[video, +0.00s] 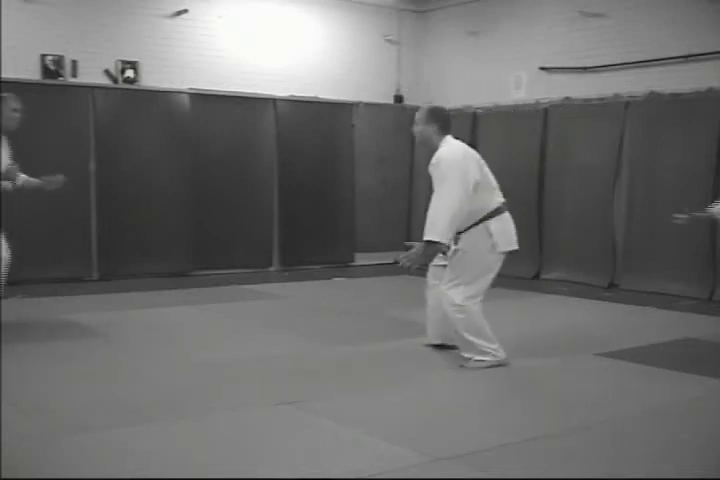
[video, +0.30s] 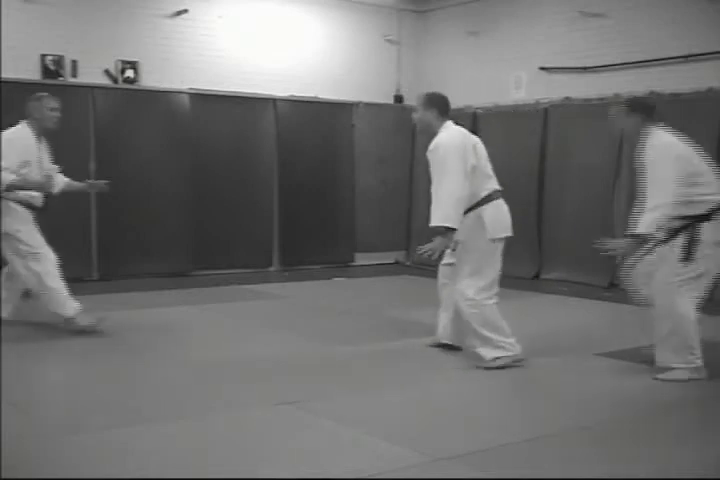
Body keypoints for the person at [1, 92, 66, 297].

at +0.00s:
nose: (18, 116)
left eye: (19, 111)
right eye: (13, 111)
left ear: (21, 113)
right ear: (1, 113)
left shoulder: (5, 143)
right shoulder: (3, 143)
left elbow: (14, 176)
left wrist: (43, 183)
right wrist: (6, 184)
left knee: (4, 256)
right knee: (4, 256)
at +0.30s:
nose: (57, 116)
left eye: (58, 111)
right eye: (51, 110)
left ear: (56, 114)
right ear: (34, 112)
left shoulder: (40, 144)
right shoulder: (14, 138)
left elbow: (54, 181)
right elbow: (4, 177)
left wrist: (87, 186)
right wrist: (30, 184)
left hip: (23, 208)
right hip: (9, 207)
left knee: (19, 266)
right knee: (41, 258)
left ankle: (4, 312)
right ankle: (70, 314)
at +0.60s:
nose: (102, 111)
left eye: (102, 107)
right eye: (96, 106)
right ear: (77, 107)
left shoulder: (81, 140)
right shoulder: (60, 136)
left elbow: (85, 183)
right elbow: (40, 177)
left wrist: (107, 200)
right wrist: (75, 199)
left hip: (49, 206)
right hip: (45, 205)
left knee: (64, 259)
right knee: (94, 251)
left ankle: (30, 309)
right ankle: (91, 318)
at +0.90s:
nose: (126, 113)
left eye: (126, 108)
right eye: (120, 108)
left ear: (106, 112)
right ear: (102, 111)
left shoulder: (108, 143)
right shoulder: (87, 141)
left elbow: (110, 189)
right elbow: (85, 191)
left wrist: (124, 208)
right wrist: (117, 212)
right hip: (74, 210)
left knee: (74, 267)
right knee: (117, 259)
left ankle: (35, 311)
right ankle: (133, 321)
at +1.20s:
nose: (128, 103)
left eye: (127, 98)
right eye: (122, 98)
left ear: (109, 104)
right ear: (104, 102)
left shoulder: (109, 134)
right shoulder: (93, 133)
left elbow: (119, 175)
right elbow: (93, 180)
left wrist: (142, 193)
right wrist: (122, 200)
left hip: (80, 203)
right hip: (86, 204)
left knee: (84, 263)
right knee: (122, 259)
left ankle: (55, 313)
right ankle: (124, 322)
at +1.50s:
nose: (110, 101)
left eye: (110, 96)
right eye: (105, 96)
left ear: (94, 99)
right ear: (89, 97)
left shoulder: (93, 126)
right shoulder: (80, 125)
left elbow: (116, 159)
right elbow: (82, 169)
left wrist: (146, 164)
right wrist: (117, 178)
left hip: (83, 199)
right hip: (82, 201)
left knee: (65, 257)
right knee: (118, 253)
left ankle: (30, 305)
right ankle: (124, 320)